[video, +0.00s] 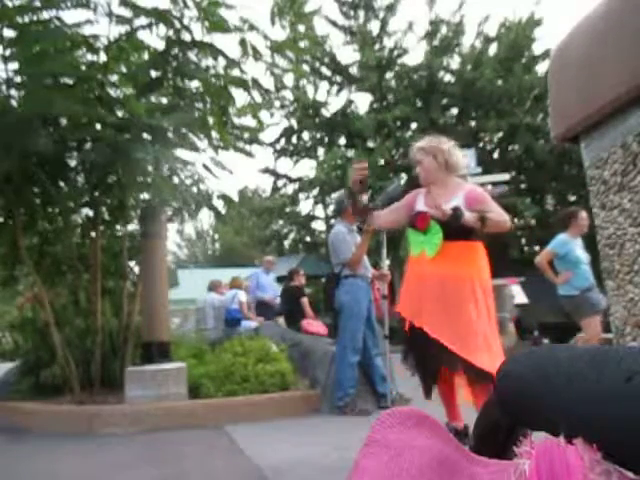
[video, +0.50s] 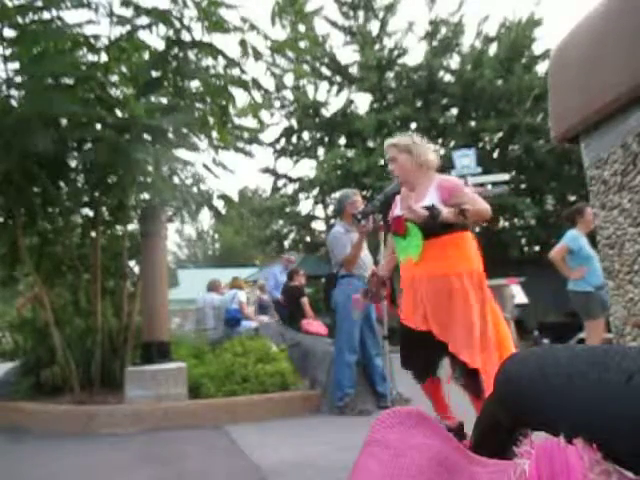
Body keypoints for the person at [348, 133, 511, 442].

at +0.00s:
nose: (417, 170)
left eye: (421, 163)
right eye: (416, 164)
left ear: (440, 161)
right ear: (425, 166)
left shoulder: (470, 193)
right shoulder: (416, 199)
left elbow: (503, 222)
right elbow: (376, 221)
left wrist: (466, 218)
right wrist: (358, 196)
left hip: (466, 290)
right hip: (427, 290)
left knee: (476, 358)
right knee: (440, 359)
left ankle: (490, 424)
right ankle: (455, 424)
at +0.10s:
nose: (413, 170)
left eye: (417, 163)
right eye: (412, 164)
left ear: (437, 162)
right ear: (420, 166)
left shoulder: (465, 192)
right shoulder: (413, 199)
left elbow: (499, 221)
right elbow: (384, 230)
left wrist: (464, 219)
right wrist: (366, 225)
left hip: (464, 285)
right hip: (427, 285)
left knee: (470, 354)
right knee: (440, 356)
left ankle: (490, 424)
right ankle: (454, 422)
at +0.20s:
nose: (408, 169)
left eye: (413, 162)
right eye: (407, 164)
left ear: (432, 162)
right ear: (413, 166)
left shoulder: (462, 190)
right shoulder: (410, 200)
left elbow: (496, 220)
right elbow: (381, 233)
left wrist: (461, 217)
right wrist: (357, 237)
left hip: (463, 284)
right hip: (426, 285)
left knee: (467, 356)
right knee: (440, 356)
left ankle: (489, 423)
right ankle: (454, 422)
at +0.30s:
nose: (404, 168)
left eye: (409, 161)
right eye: (403, 163)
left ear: (430, 159)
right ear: (410, 166)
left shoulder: (460, 188)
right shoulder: (407, 200)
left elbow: (493, 216)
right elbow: (382, 236)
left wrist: (460, 213)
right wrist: (361, 245)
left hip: (462, 284)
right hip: (426, 285)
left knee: (465, 357)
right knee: (440, 356)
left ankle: (489, 424)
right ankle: (455, 421)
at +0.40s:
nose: (400, 167)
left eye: (404, 159)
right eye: (399, 161)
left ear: (424, 158)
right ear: (411, 164)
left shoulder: (455, 186)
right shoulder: (405, 201)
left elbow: (490, 211)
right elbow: (389, 238)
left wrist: (457, 211)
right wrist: (370, 259)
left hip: (461, 282)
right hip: (423, 286)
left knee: (465, 360)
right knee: (433, 358)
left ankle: (490, 423)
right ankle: (454, 421)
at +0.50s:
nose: (391, 168)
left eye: (394, 160)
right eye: (389, 162)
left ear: (416, 158)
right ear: (398, 165)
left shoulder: (446, 185)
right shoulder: (399, 201)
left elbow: (483, 212)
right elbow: (393, 246)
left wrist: (439, 215)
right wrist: (381, 273)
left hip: (458, 287)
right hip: (419, 292)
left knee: (466, 366)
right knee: (417, 360)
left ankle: (491, 425)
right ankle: (448, 421)